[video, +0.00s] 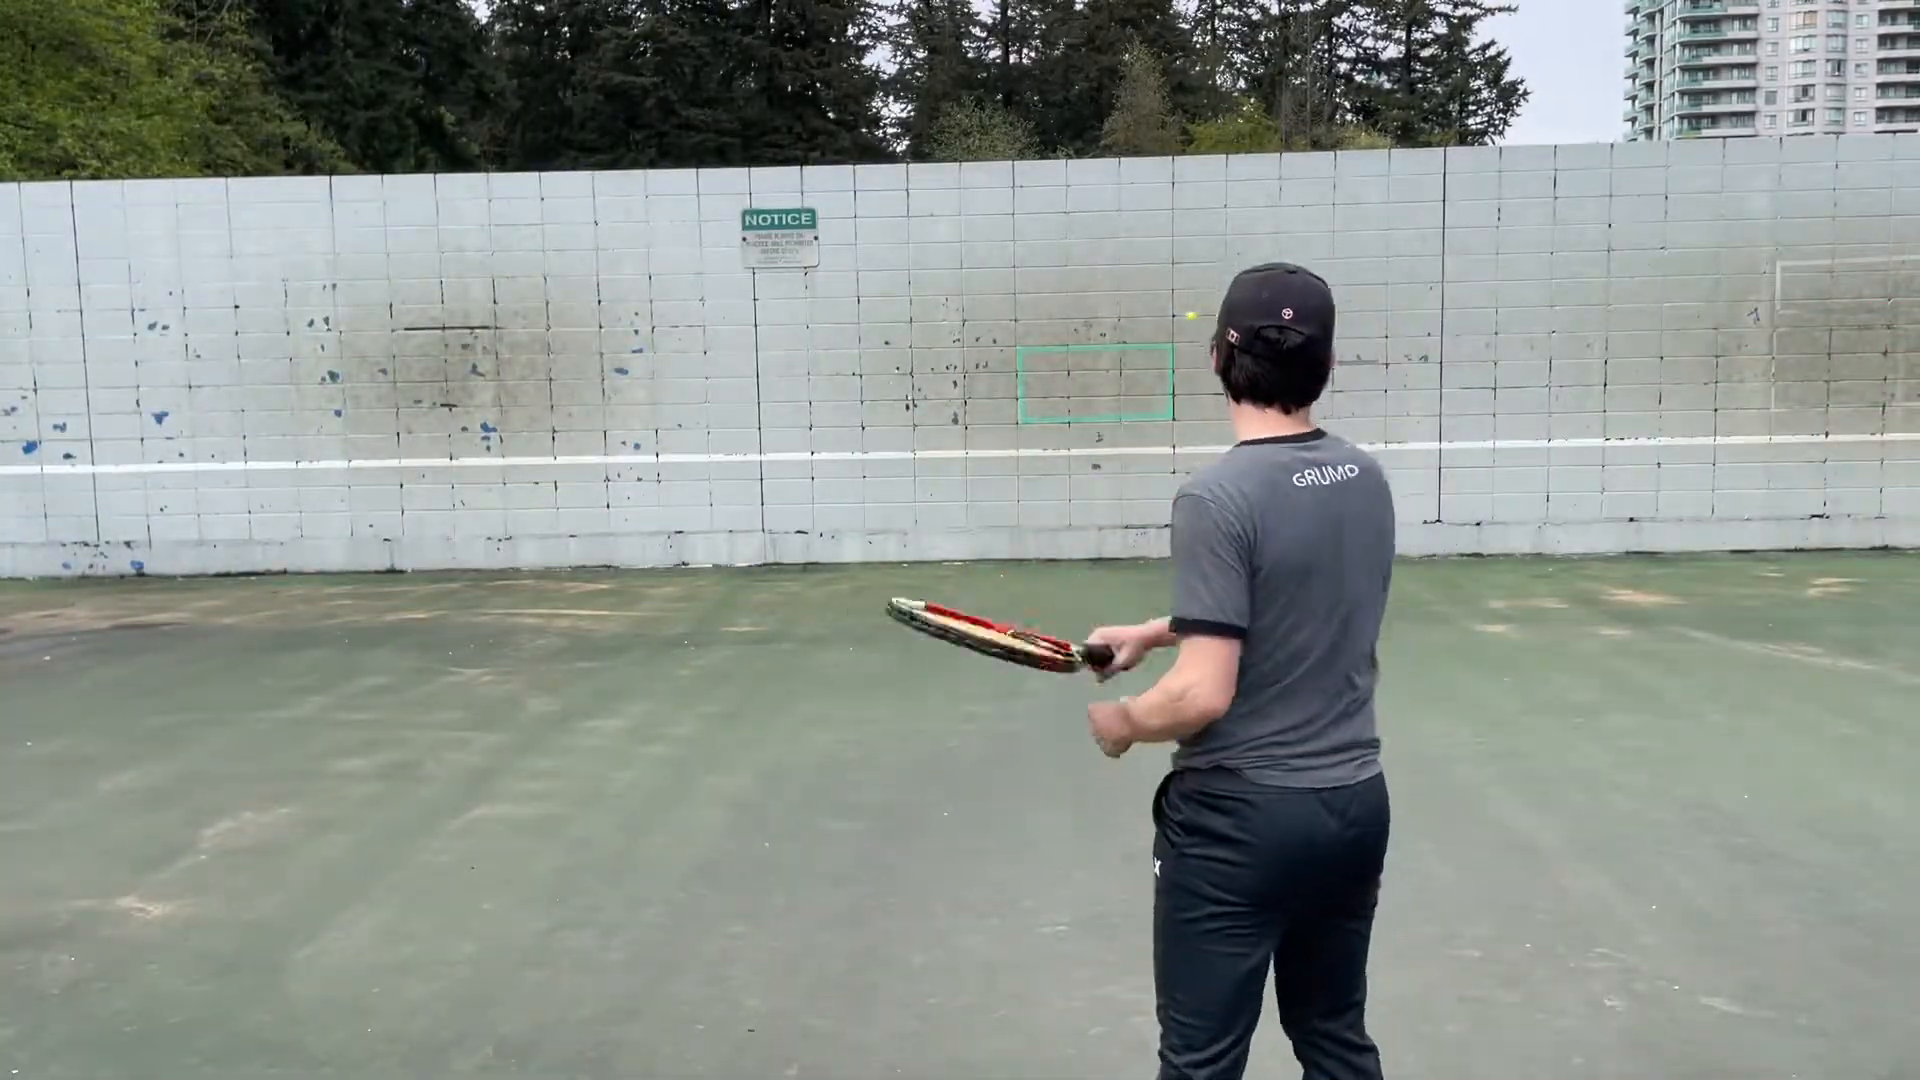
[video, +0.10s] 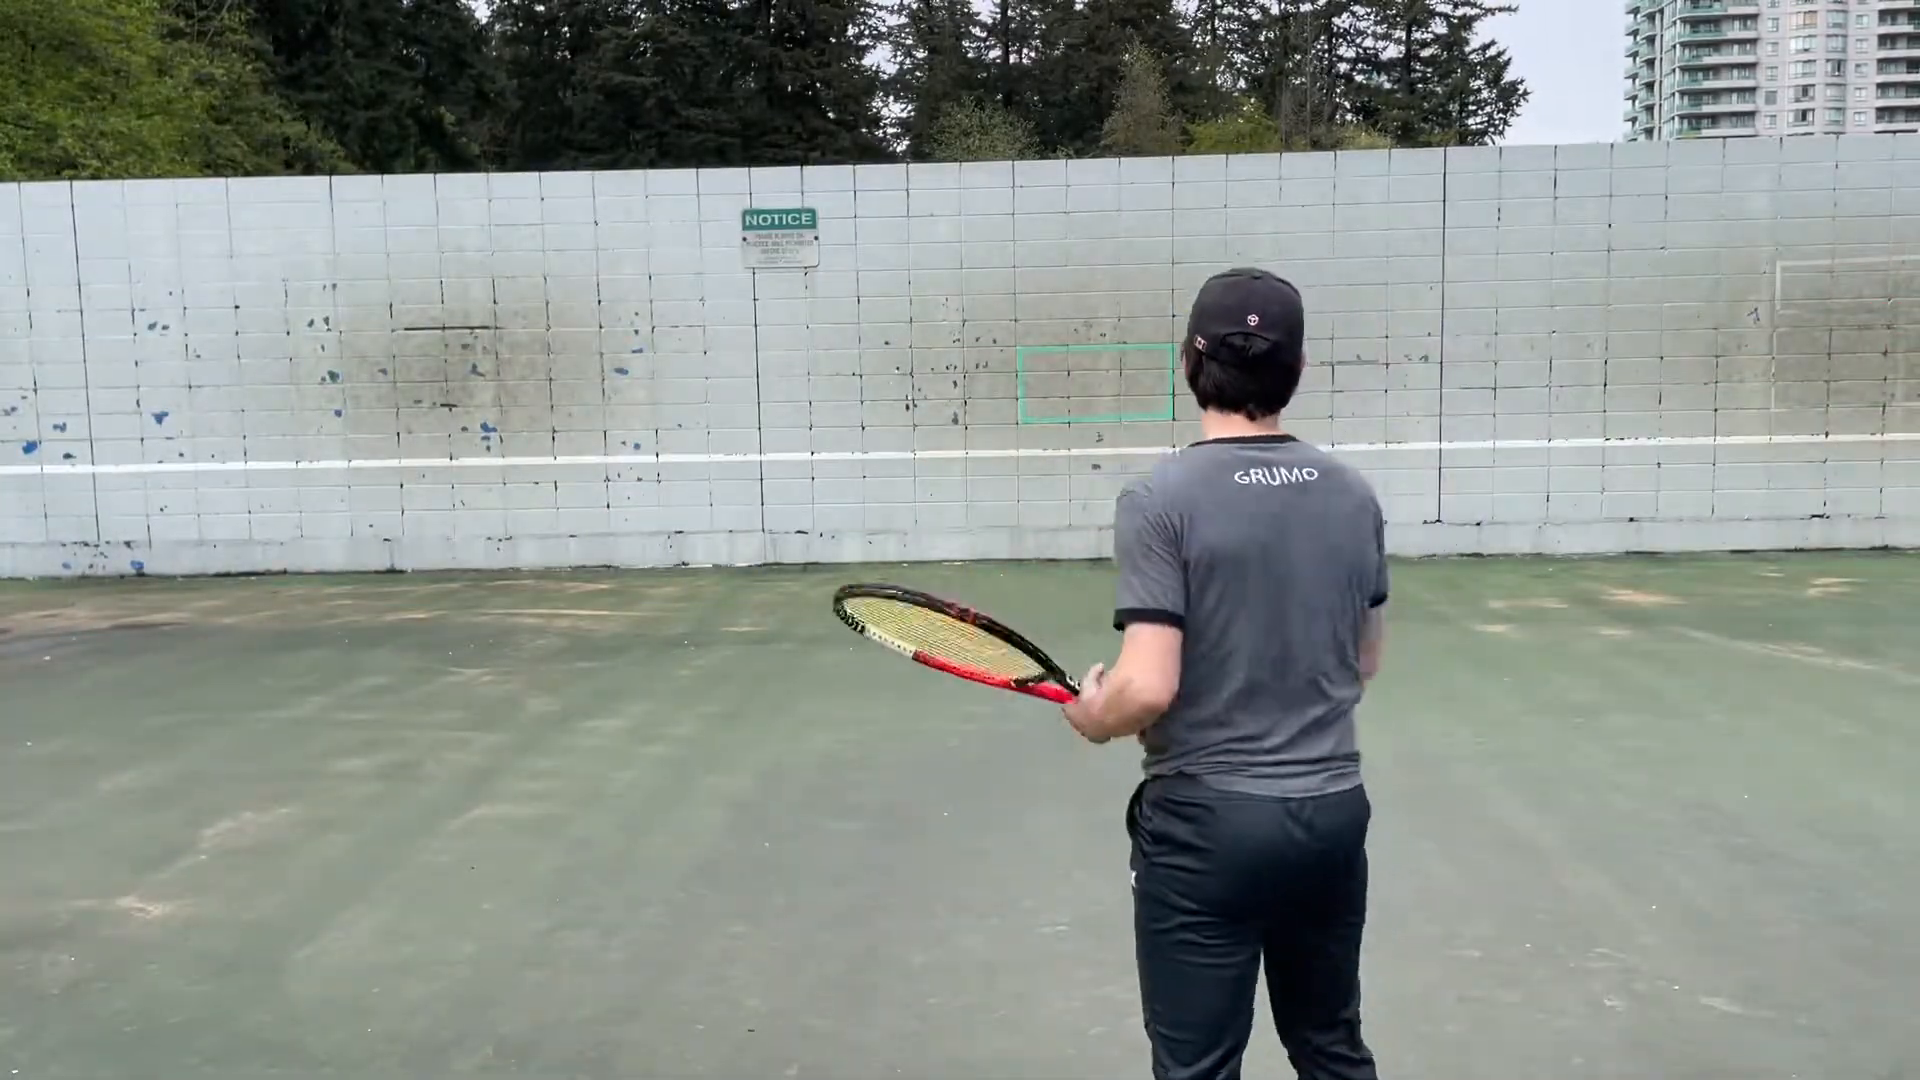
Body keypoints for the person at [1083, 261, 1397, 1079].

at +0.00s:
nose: (1211, 348)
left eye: (1215, 338)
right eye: (1223, 335)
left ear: (1222, 357)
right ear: (1326, 364)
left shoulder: (1218, 496)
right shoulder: (1365, 479)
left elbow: (1205, 693)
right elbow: (1288, 606)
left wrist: (1130, 720)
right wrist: (1152, 634)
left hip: (1234, 816)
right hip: (1349, 808)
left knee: (1200, 1056)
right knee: (1334, 1029)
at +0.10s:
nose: (1186, 356)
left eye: (1187, 345)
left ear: (1191, 363)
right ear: (1298, 370)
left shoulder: (1161, 496)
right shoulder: (1350, 493)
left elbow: (1149, 683)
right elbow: (1361, 660)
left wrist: (1096, 715)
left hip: (1203, 827)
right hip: (1328, 822)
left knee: (1194, 1065)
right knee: (1332, 1047)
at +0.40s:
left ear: (1193, 361)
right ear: (1305, 373)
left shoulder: (1111, 498)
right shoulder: (1350, 509)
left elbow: (1082, 692)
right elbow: (1397, 709)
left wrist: (1152, 729)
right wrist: (1296, 759)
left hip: (1158, 858)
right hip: (1301, 862)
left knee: (1173, 1072)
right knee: (1337, 1070)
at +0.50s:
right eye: (1338, 355)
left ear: (1213, 362)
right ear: (1331, 377)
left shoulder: (1127, 502)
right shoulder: (1367, 523)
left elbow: (1103, 695)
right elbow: (1413, 732)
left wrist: (1182, 740)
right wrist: (1311, 774)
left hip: (1159, 870)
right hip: (1305, 879)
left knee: (1174, 1072)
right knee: (1344, 1069)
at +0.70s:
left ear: (1274, 391)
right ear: (1402, 405)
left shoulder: (1188, 536)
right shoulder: (1431, 558)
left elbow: (1180, 717)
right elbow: (1480, 788)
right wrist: (1409, 811)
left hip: (1193, 935)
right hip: (1349, 950)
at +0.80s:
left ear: (1302, 384)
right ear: (1431, 402)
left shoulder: (1212, 532)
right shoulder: (1455, 556)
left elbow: (1246, 712)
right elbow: (1536, 791)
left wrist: (1430, 787)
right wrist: (1467, 788)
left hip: (1213, 948)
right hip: (1373, 965)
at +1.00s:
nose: (1484, 357)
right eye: (1481, 342)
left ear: (1332, 347)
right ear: (1472, 365)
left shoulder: (1249, 503)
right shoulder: (1458, 528)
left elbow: (1375, 638)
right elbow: (1620, 750)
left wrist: (1570, 602)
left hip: (1231, 926)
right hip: (1388, 956)